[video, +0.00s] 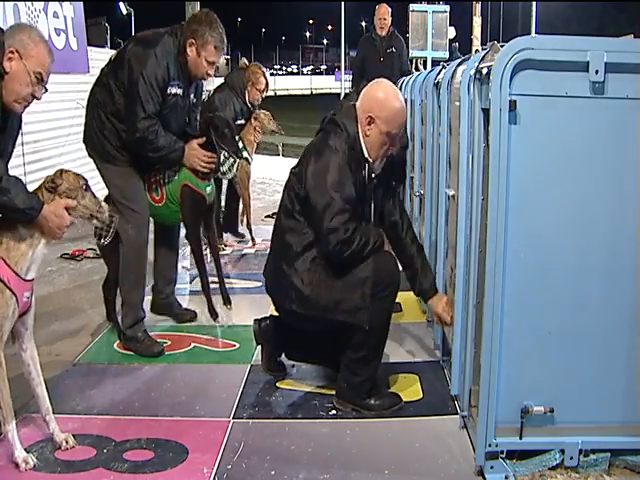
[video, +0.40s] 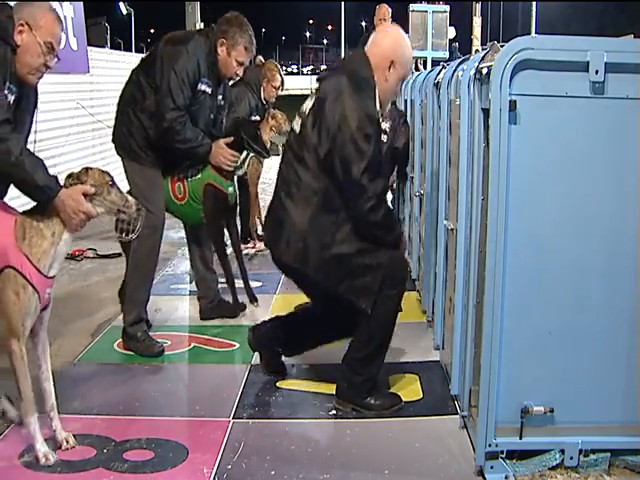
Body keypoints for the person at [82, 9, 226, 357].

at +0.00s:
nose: (211, 71)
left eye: (216, 65)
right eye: (209, 63)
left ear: (199, 48)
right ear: (190, 47)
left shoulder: (192, 66)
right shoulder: (149, 58)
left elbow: (188, 121)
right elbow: (140, 129)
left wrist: (194, 147)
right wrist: (182, 151)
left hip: (153, 141)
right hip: (113, 139)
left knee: (169, 213)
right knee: (136, 216)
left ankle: (164, 297)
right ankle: (131, 322)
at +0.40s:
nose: (240, 71)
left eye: (245, 65)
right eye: (238, 63)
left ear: (230, 50)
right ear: (220, 46)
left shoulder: (221, 70)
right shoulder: (182, 54)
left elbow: (216, 122)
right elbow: (169, 120)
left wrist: (223, 145)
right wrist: (208, 149)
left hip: (183, 144)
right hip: (142, 139)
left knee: (199, 217)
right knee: (152, 219)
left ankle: (210, 301)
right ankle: (134, 324)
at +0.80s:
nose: (272, 52)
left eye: (275, 45)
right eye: (270, 44)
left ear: (261, 39)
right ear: (256, 37)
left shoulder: (257, 56)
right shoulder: (222, 42)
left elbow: (252, 108)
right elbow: (208, 106)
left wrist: (255, 138)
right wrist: (241, 141)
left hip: (209, 134)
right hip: (173, 127)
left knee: (214, 212)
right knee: (190, 213)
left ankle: (211, 300)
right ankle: (169, 315)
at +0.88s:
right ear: (263, 23)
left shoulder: (259, 47)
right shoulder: (226, 38)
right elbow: (215, 106)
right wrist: (251, 142)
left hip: (208, 134)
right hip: (179, 129)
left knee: (217, 216)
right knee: (199, 220)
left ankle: (213, 300)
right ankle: (202, 322)